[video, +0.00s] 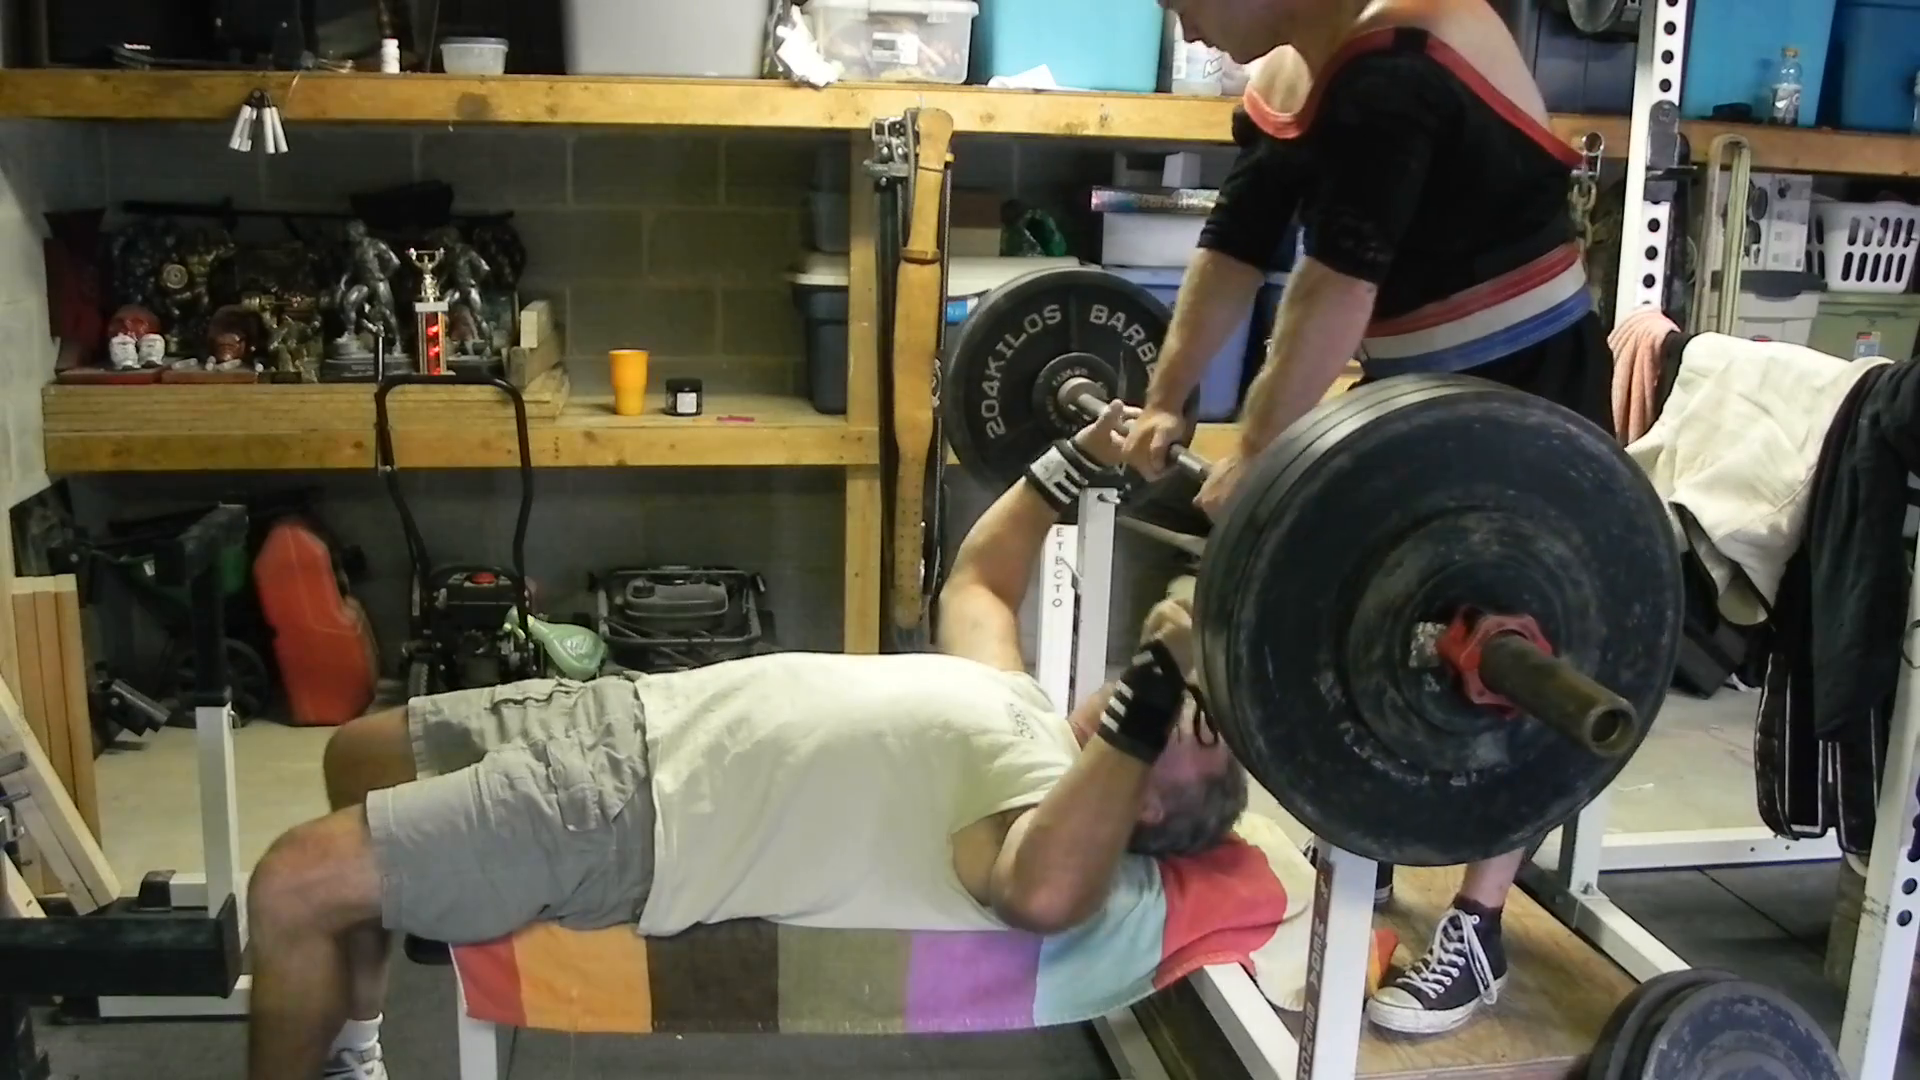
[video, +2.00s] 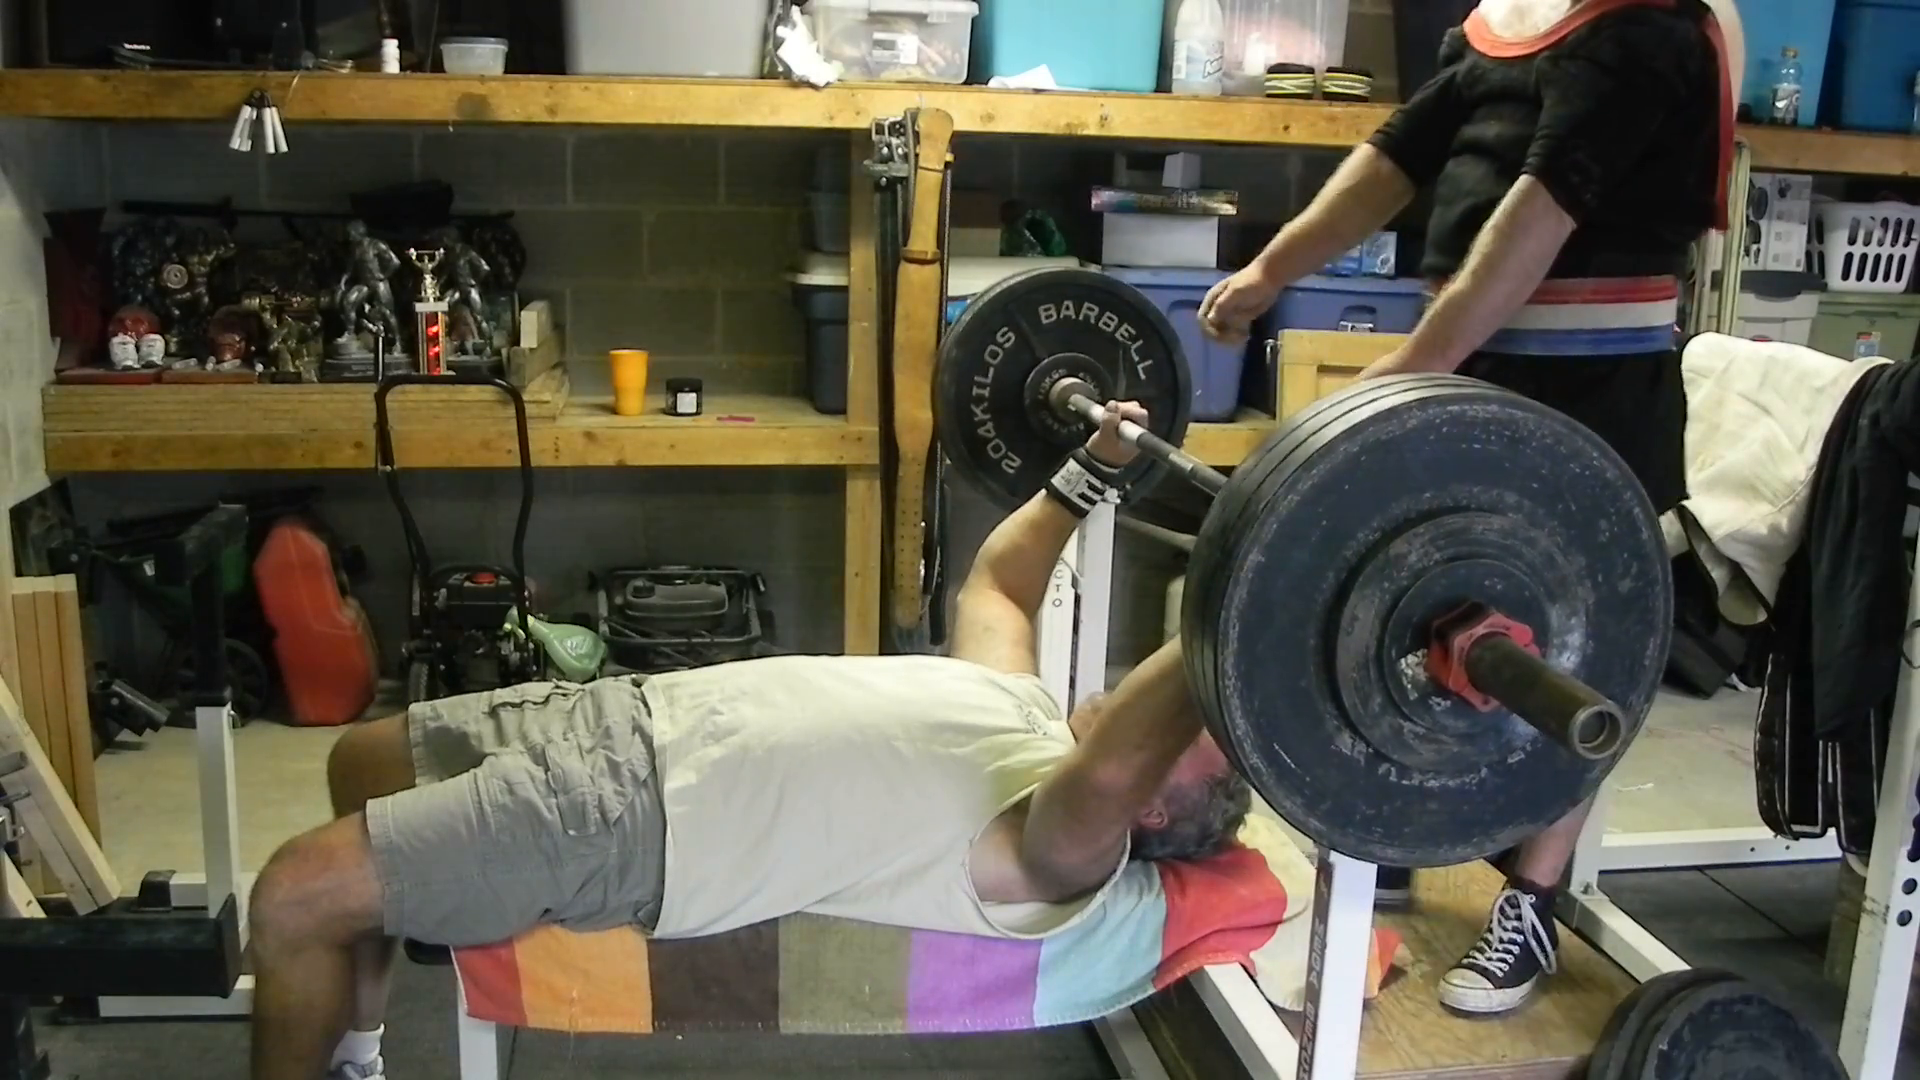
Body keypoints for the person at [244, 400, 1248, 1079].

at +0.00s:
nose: (1163, 708)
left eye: (1198, 733)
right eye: (1176, 695)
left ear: (1185, 809)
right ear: (1143, 707)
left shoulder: (1071, 842)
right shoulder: (1012, 713)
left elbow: (1047, 896)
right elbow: (988, 580)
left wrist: (1159, 678)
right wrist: (1075, 462)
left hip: (637, 816)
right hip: (629, 710)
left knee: (294, 884)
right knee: (362, 757)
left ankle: (288, 1069)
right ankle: (348, 1043)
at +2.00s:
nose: (1166, 718)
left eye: (1199, 738)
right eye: (1189, 711)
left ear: (1194, 803)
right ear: (1161, 732)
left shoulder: (1061, 857)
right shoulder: (1009, 716)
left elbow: (1121, 748)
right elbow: (1005, 583)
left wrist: (1249, 614)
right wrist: (1089, 472)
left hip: (631, 822)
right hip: (621, 711)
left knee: (297, 892)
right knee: (367, 763)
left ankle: (295, 1063)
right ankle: (350, 1040)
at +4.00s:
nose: (1185, 731)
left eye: (1218, 745)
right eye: (1202, 716)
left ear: (1206, 810)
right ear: (1173, 719)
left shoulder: (1074, 851)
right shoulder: (1017, 702)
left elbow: (1125, 761)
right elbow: (999, 570)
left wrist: (1250, 623)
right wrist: (1086, 472)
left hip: (656, 821)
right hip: (635, 709)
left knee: (320, 914)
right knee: (384, 768)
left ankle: (318, 1062)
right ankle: (424, 951)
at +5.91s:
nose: (1189, 732)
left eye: (1219, 745)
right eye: (1206, 719)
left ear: (1212, 806)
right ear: (1182, 734)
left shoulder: (1083, 859)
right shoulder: (1029, 716)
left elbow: (1139, 756)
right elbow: (1008, 586)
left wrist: (1254, 610)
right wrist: (1085, 471)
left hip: (667, 823)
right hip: (652, 713)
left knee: (327, 917)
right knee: (387, 767)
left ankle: (324, 1067)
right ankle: (447, 953)